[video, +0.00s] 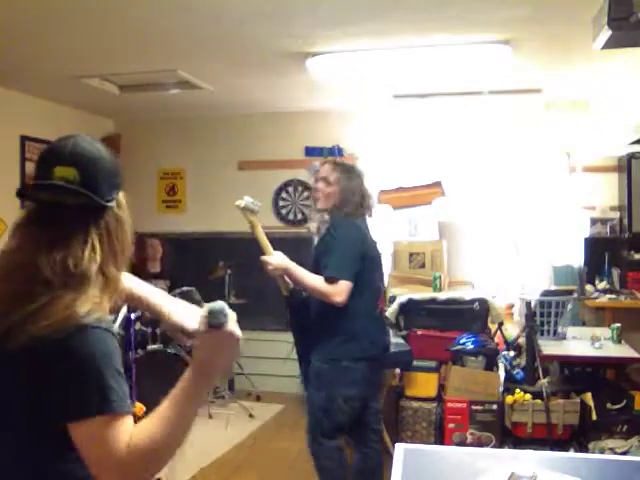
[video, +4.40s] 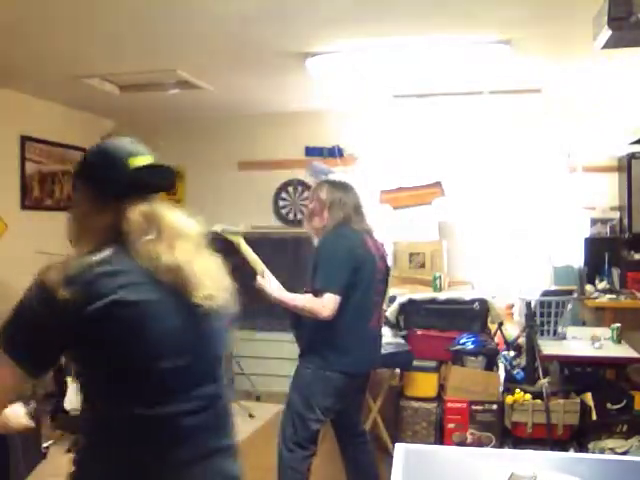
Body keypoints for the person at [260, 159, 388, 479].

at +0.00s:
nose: (316, 187)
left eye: (325, 182)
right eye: (316, 181)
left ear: (346, 189)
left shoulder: (343, 230)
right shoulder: (353, 228)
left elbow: (338, 293)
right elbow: (329, 292)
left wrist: (288, 266)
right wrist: (289, 280)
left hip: (342, 354)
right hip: (365, 351)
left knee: (324, 440)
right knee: (367, 437)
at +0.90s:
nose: (337, 205)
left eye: (341, 198)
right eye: (336, 199)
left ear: (357, 197)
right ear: (368, 200)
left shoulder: (361, 225)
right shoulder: (387, 234)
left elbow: (359, 276)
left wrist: (305, 266)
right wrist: (306, 279)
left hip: (357, 347)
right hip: (386, 348)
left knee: (324, 424)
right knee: (373, 430)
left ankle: (328, 475)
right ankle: (376, 476)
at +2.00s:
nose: (359, 204)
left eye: (361, 199)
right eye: (360, 198)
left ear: (366, 199)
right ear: (394, 199)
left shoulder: (370, 227)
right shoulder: (401, 235)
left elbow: (352, 277)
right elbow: (391, 289)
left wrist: (306, 268)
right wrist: (342, 266)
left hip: (358, 346)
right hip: (390, 347)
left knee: (326, 422)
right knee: (376, 428)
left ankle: (320, 474)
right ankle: (377, 476)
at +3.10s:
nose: (322, 214)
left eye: (325, 207)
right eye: (323, 207)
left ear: (337, 207)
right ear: (361, 206)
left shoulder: (341, 238)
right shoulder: (377, 243)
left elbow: (321, 295)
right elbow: (370, 300)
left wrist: (276, 285)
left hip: (331, 358)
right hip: (363, 357)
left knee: (299, 439)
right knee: (357, 435)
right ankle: (373, 475)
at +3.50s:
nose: (306, 220)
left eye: (310, 212)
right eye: (305, 212)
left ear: (326, 211)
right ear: (343, 209)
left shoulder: (331, 241)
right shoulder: (366, 243)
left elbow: (316, 297)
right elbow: (372, 303)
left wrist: (292, 330)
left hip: (323, 354)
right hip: (355, 355)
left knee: (292, 435)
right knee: (349, 429)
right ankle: (364, 474)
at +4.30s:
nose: (307, 210)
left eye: (312, 203)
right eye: (308, 203)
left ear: (328, 207)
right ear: (349, 206)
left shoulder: (338, 240)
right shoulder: (368, 241)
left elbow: (324, 307)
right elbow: (362, 304)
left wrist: (280, 294)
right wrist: (311, 292)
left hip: (328, 361)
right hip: (358, 360)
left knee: (295, 445)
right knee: (352, 433)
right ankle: (367, 476)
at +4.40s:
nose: (308, 207)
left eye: (314, 201)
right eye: (310, 200)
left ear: (330, 207)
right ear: (349, 207)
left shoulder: (338, 240)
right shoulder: (368, 242)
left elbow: (325, 307)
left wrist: (279, 294)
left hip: (328, 361)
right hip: (358, 360)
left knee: (295, 445)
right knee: (352, 433)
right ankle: (368, 475)